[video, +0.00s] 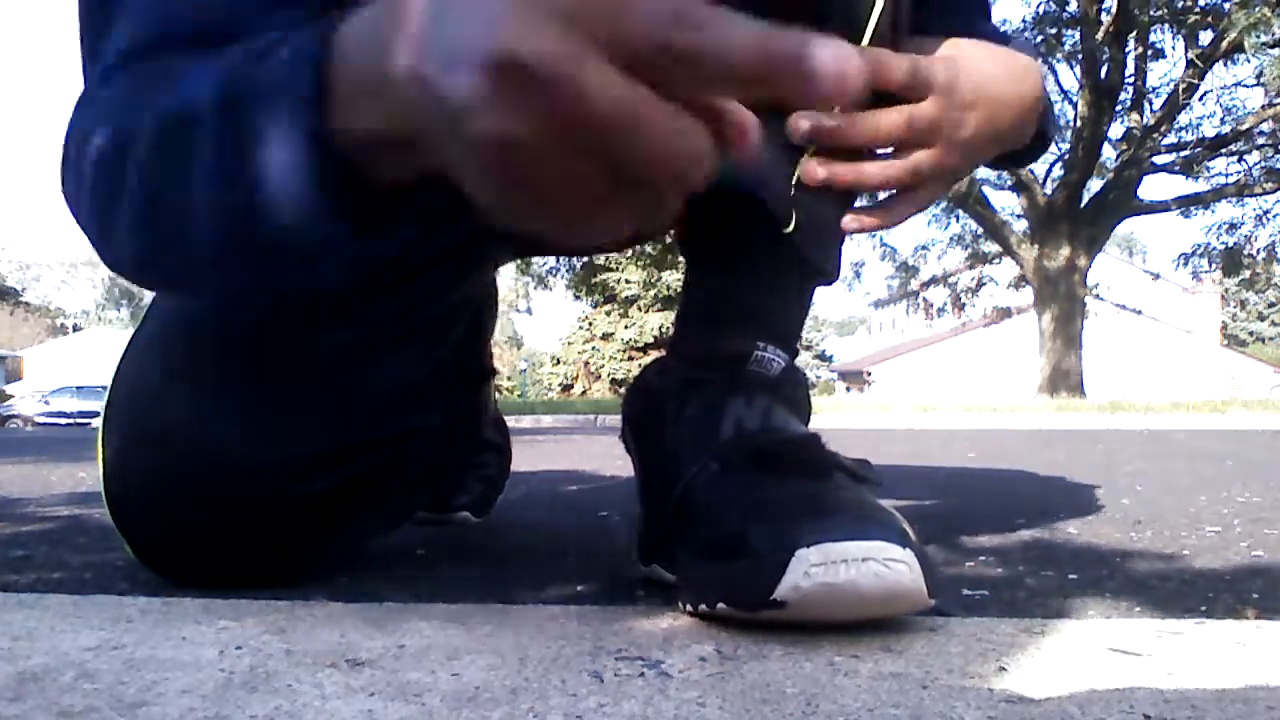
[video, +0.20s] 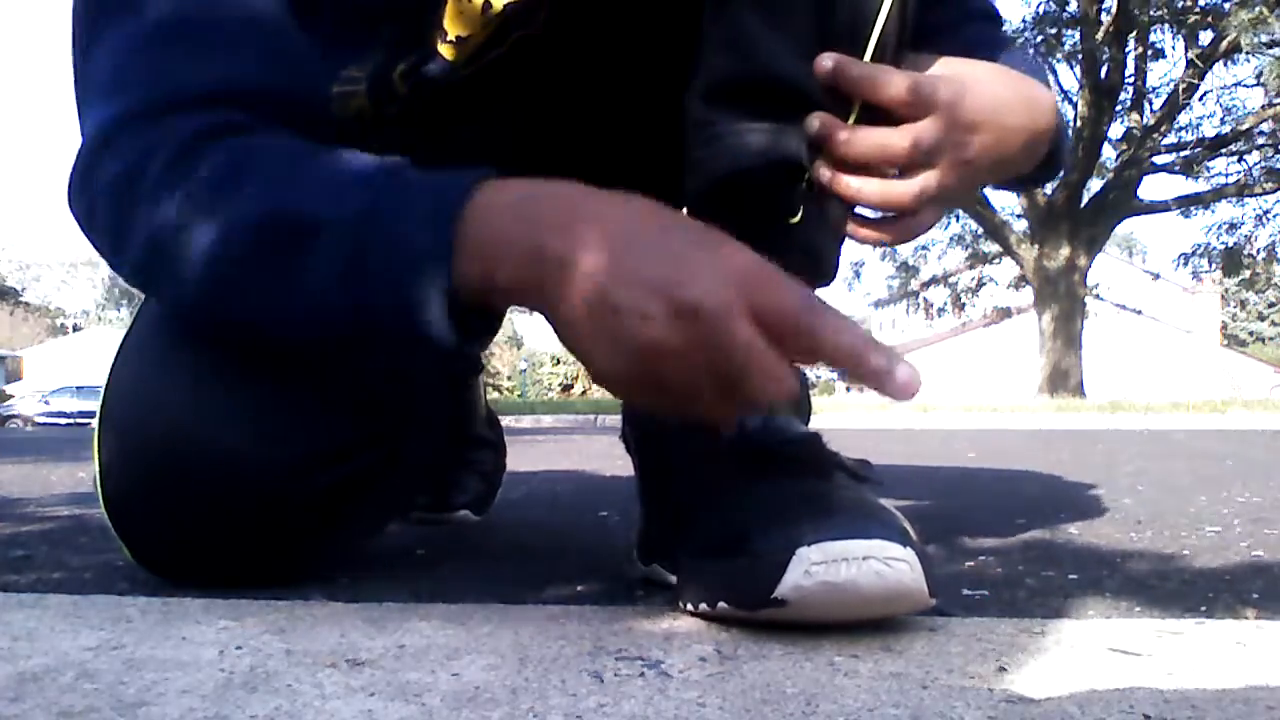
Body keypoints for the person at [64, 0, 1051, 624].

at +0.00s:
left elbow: (906, 29)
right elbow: (126, 144)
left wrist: (1023, 92)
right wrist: (393, 73)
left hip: (689, 63)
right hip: (368, 135)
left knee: (815, 13)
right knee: (192, 507)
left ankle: (733, 417)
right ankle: (423, 391)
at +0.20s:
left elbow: (935, 38)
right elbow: (155, 154)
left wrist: (1037, 120)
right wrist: (535, 234)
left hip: (652, 133)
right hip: (359, 158)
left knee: (786, 11)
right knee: (192, 497)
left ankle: (732, 447)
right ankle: (416, 402)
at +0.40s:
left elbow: (911, 24)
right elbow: (111, 118)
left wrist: (1002, 158)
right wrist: (456, 232)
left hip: (616, 134)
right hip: (324, 173)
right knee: (198, 501)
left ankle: (734, 437)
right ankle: (422, 411)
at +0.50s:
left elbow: (908, 33)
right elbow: (89, 74)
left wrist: (995, 169)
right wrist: (344, 197)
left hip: (592, 115)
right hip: (308, 175)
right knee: (192, 508)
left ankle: (732, 424)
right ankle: (424, 404)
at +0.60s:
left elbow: (910, 30)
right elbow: (56, 16)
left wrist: (997, 163)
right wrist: (237, 129)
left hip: (605, 105)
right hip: (335, 138)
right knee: (194, 511)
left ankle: (730, 418)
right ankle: (411, 373)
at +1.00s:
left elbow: (996, 12)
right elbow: (33, 16)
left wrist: (926, 141)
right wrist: (210, 152)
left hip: (672, 75)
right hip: (402, 139)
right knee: (217, 498)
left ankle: (725, 423)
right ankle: (452, 417)